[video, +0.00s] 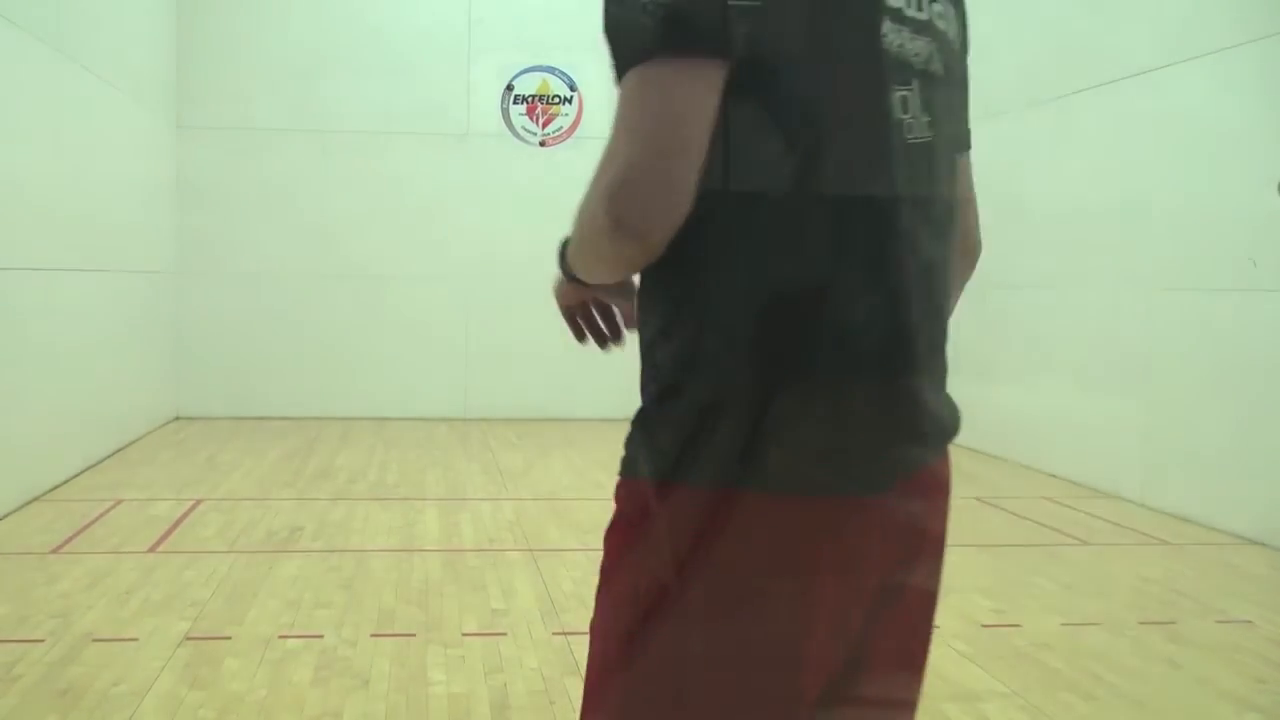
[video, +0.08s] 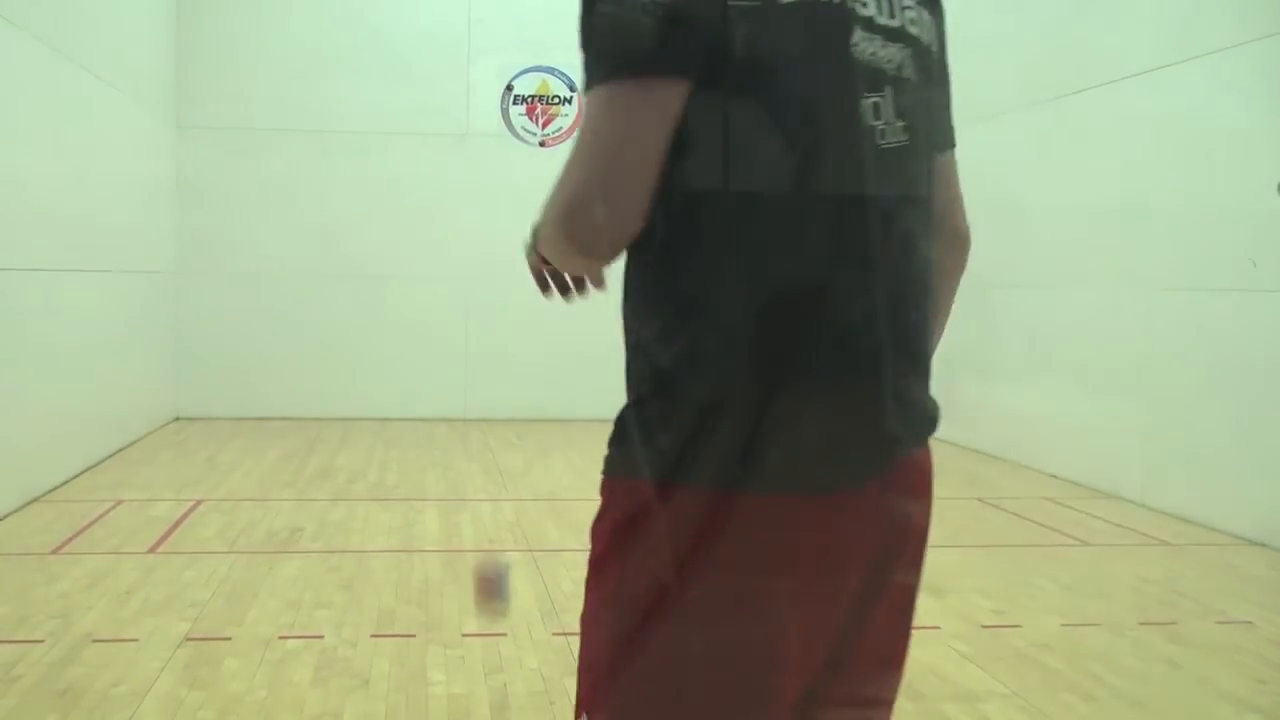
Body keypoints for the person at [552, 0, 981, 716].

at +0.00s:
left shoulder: (687, 7)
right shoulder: (931, 8)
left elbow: (645, 194)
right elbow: (957, 239)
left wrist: (586, 270)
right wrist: (862, 353)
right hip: (902, 473)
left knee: (672, 706)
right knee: (863, 708)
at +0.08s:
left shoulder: (658, 7)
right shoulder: (906, 5)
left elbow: (601, 211)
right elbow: (945, 233)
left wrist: (560, 244)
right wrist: (883, 383)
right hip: (883, 472)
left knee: (664, 705)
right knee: (843, 709)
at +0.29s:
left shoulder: (587, 7)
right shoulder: (842, 9)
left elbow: (486, 224)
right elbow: (884, 232)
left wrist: (461, 194)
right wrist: (855, 443)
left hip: (654, 477)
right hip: (815, 465)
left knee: (620, 705)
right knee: (782, 709)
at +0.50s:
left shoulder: (574, 9)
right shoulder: (781, 16)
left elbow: (473, 229)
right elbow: (811, 242)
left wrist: (381, 218)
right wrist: (774, 428)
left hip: (608, 461)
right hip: (743, 457)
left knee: (558, 703)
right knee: (692, 703)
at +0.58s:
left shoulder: (587, 8)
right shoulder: (757, 20)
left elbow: (518, 228)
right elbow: (782, 241)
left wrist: (367, 249)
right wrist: (744, 388)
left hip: (608, 451)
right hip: (728, 442)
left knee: (549, 706)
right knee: (653, 703)